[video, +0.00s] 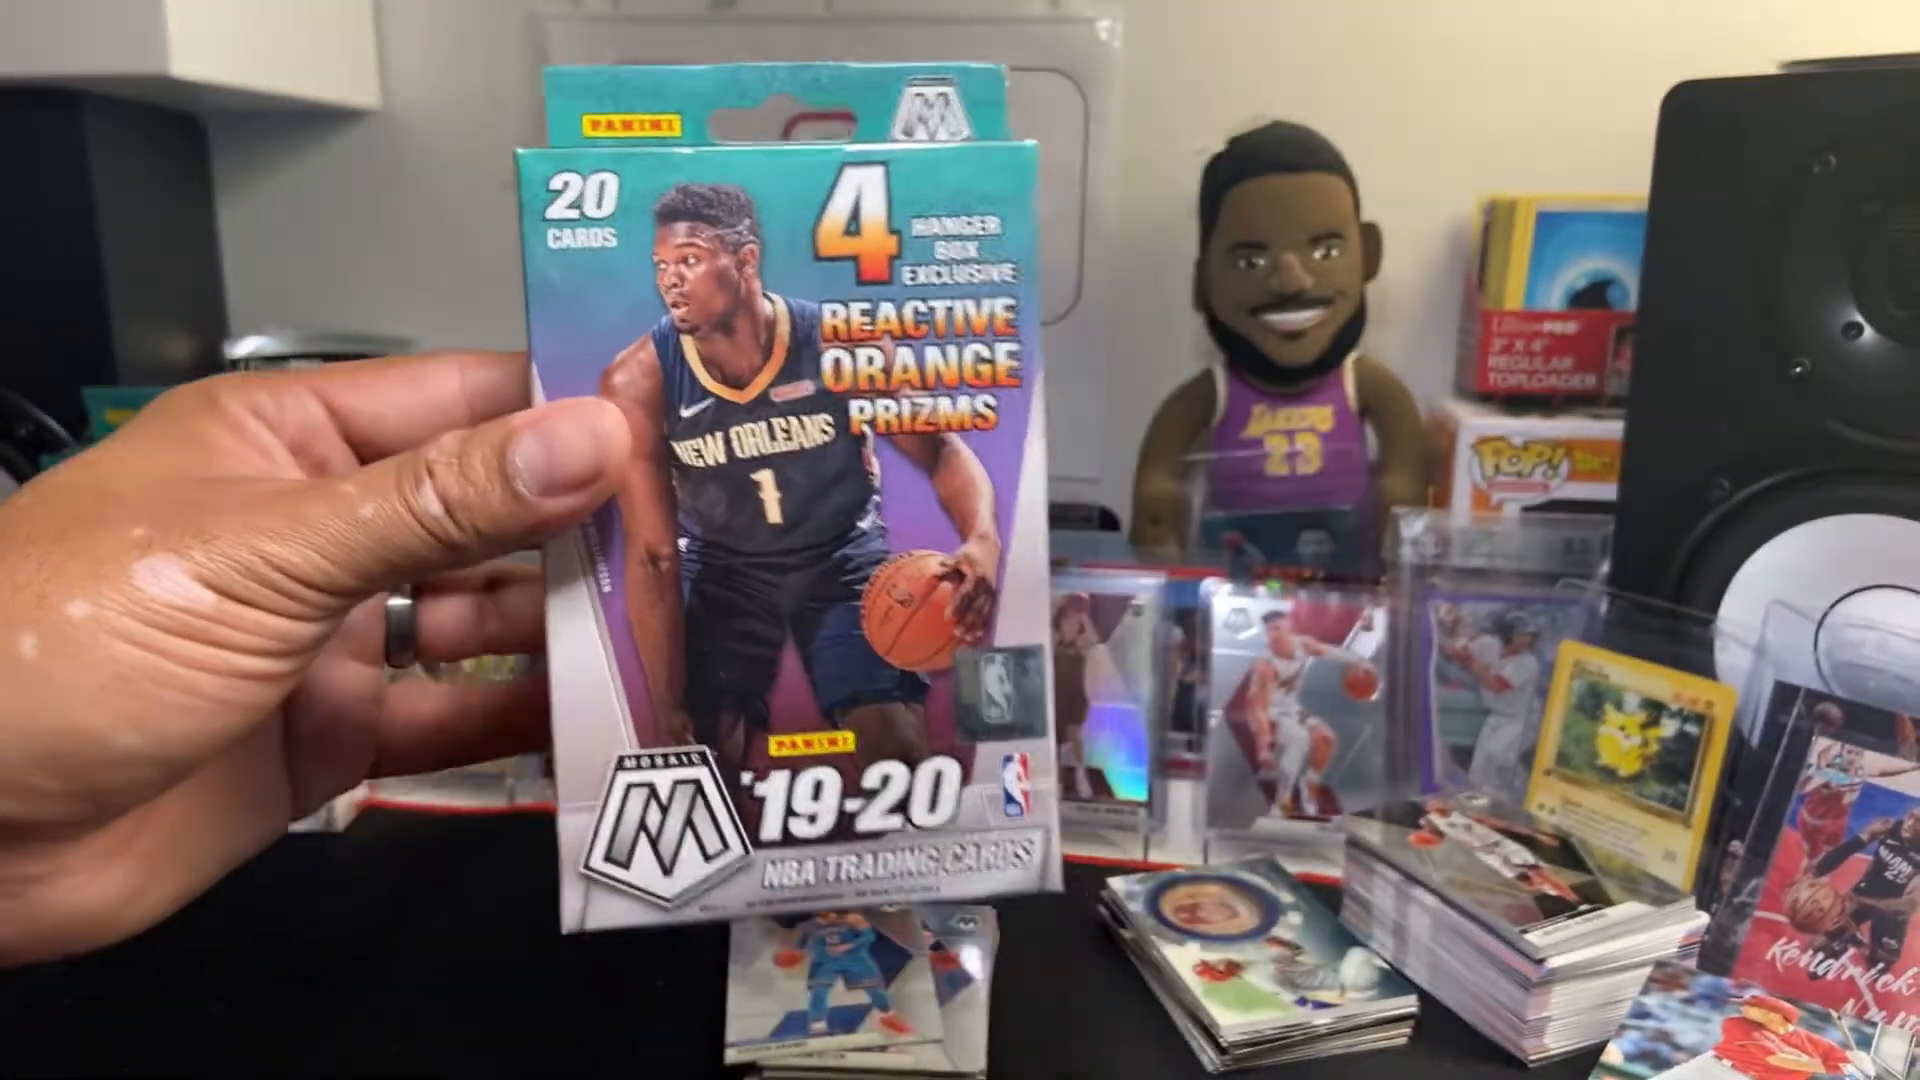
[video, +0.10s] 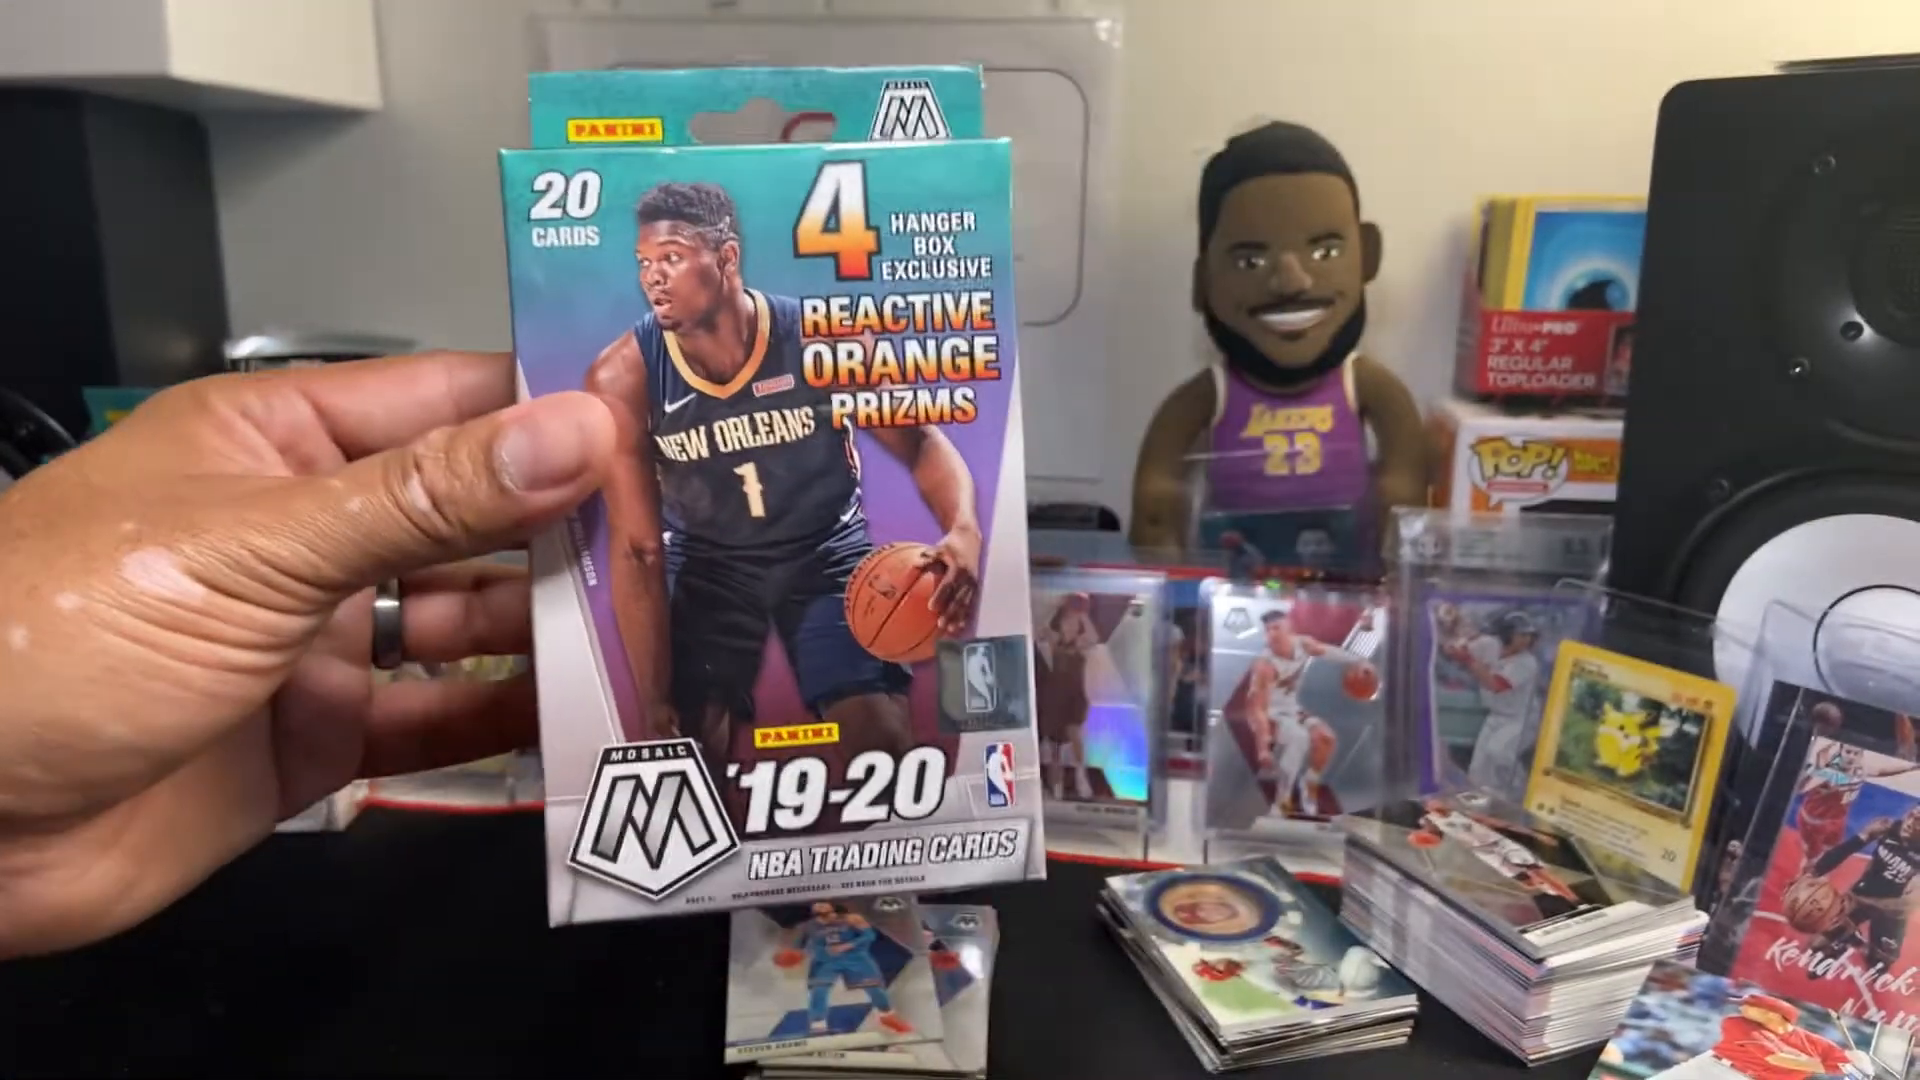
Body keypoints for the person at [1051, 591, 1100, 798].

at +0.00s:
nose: (1075, 616)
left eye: (1079, 612)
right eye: (1072, 611)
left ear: (1083, 614)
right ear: (1065, 610)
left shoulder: (1082, 630)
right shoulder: (1054, 628)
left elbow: (1093, 639)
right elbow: (1046, 649)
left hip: (1075, 692)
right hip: (1053, 692)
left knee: (1075, 734)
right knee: (1054, 740)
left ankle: (1080, 775)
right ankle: (1055, 779)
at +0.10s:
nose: (1077, 616)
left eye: (1081, 612)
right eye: (1074, 611)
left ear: (1084, 613)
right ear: (1066, 610)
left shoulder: (1081, 637)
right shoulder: (1053, 631)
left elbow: (1094, 638)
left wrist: (1085, 617)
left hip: (1075, 693)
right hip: (1054, 693)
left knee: (1075, 736)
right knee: (1055, 742)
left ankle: (1081, 776)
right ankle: (1056, 782)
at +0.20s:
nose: (1075, 615)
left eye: (1079, 611)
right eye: (1073, 610)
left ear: (1083, 613)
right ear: (1065, 609)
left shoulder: (1083, 632)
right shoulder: (1053, 630)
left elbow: (1093, 638)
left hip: (1075, 693)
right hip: (1053, 693)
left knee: (1074, 735)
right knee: (1054, 742)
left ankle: (1081, 776)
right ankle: (1056, 781)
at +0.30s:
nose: (1074, 614)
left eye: (1079, 609)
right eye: (1071, 608)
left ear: (1084, 612)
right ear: (1063, 609)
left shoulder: (1082, 637)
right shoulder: (1052, 633)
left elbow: (1093, 638)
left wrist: (1084, 616)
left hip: (1074, 692)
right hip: (1052, 692)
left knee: (1074, 733)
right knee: (1053, 742)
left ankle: (1081, 774)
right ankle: (1056, 783)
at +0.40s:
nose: (1072, 619)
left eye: (1077, 613)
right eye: (1069, 614)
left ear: (1082, 616)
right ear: (1061, 616)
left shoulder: (1080, 641)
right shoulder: (1053, 638)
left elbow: (1093, 638)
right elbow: (1042, 625)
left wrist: (1084, 616)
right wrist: (1058, 606)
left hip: (1074, 693)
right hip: (1052, 694)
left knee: (1074, 732)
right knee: (1053, 743)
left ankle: (1081, 774)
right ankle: (1055, 782)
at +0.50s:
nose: (1073, 614)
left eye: (1078, 608)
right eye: (1070, 608)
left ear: (1084, 612)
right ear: (1063, 609)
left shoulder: (1081, 639)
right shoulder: (1053, 635)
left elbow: (1094, 638)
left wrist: (1084, 616)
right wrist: (1057, 609)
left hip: (1075, 691)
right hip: (1054, 692)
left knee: (1074, 731)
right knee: (1055, 740)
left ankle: (1081, 773)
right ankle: (1057, 781)